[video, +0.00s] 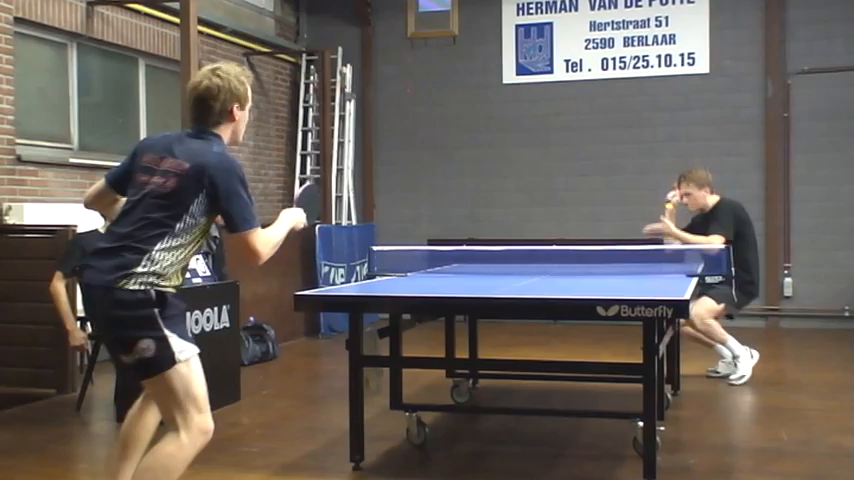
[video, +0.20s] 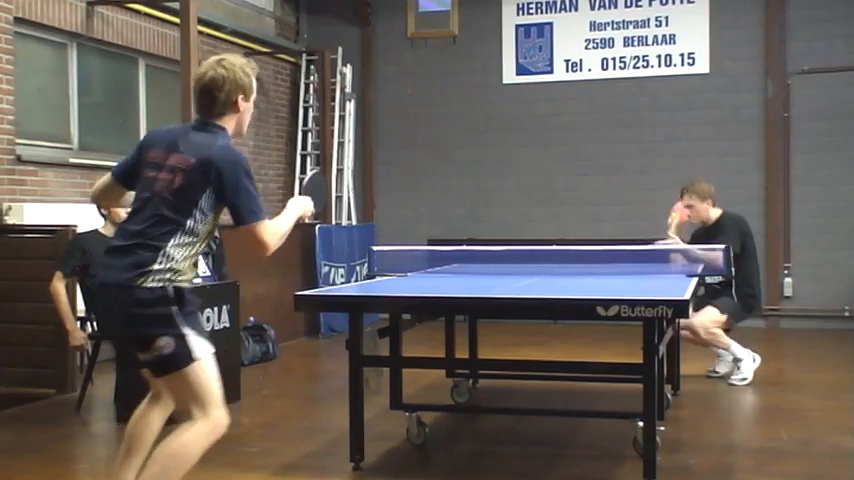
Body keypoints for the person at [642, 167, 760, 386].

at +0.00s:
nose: (684, 201)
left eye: (688, 195)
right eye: (682, 196)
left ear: (705, 191)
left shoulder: (727, 210)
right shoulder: (700, 220)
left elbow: (715, 244)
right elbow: (673, 244)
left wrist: (672, 231)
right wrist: (670, 210)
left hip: (738, 283)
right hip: (713, 282)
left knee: (698, 313)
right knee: (678, 320)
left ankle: (743, 353)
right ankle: (727, 356)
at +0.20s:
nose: (687, 213)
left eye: (690, 207)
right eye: (685, 208)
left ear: (707, 202)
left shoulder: (732, 223)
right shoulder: (701, 233)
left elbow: (722, 259)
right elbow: (678, 265)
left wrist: (683, 247)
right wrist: (673, 231)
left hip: (741, 294)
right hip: (716, 293)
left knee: (699, 322)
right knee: (680, 325)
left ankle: (746, 356)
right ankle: (726, 355)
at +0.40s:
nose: (686, 232)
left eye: (691, 226)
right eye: (684, 227)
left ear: (708, 225)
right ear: (681, 228)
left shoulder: (734, 245)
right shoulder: (691, 252)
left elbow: (745, 291)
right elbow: (695, 291)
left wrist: (714, 274)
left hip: (743, 309)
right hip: (711, 307)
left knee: (704, 327)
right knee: (673, 330)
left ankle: (749, 359)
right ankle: (722, 352)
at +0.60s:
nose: (687, 199)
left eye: (693, 194)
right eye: (684, 194)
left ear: (708, 196)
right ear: (681, 198)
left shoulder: (726, 223)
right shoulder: (678, 229)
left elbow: (743, 265)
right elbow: (669, 263)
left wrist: (708, 248)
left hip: (727, 283)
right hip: (693, 286)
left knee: (705, 319)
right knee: (667, 327)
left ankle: (739, 359)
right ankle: (715, 349)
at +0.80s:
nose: (671, 177)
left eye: (677, 172)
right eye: (667, 172)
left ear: (689, 174)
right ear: (662, 176)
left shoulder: (707, 202)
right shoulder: (657, 207)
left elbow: (730, 238)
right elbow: (648, 243)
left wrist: (692, 246)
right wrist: (638, 260)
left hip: (703, 272)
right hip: (666, 274)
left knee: (702, 313)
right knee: (631, 296)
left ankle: (739, 363)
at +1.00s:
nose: (650, 167)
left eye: (655, 162)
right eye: (645, 163)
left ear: (666, 164)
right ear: (640, 167)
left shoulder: (683, 193)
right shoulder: (633, 197)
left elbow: (707, 228)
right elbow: (626, 233)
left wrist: (683, 244)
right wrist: (625, 253)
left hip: (678, 269)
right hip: (641, 268)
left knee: (694, 311)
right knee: (610, 301)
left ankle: (733, 361)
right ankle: (622, 351)